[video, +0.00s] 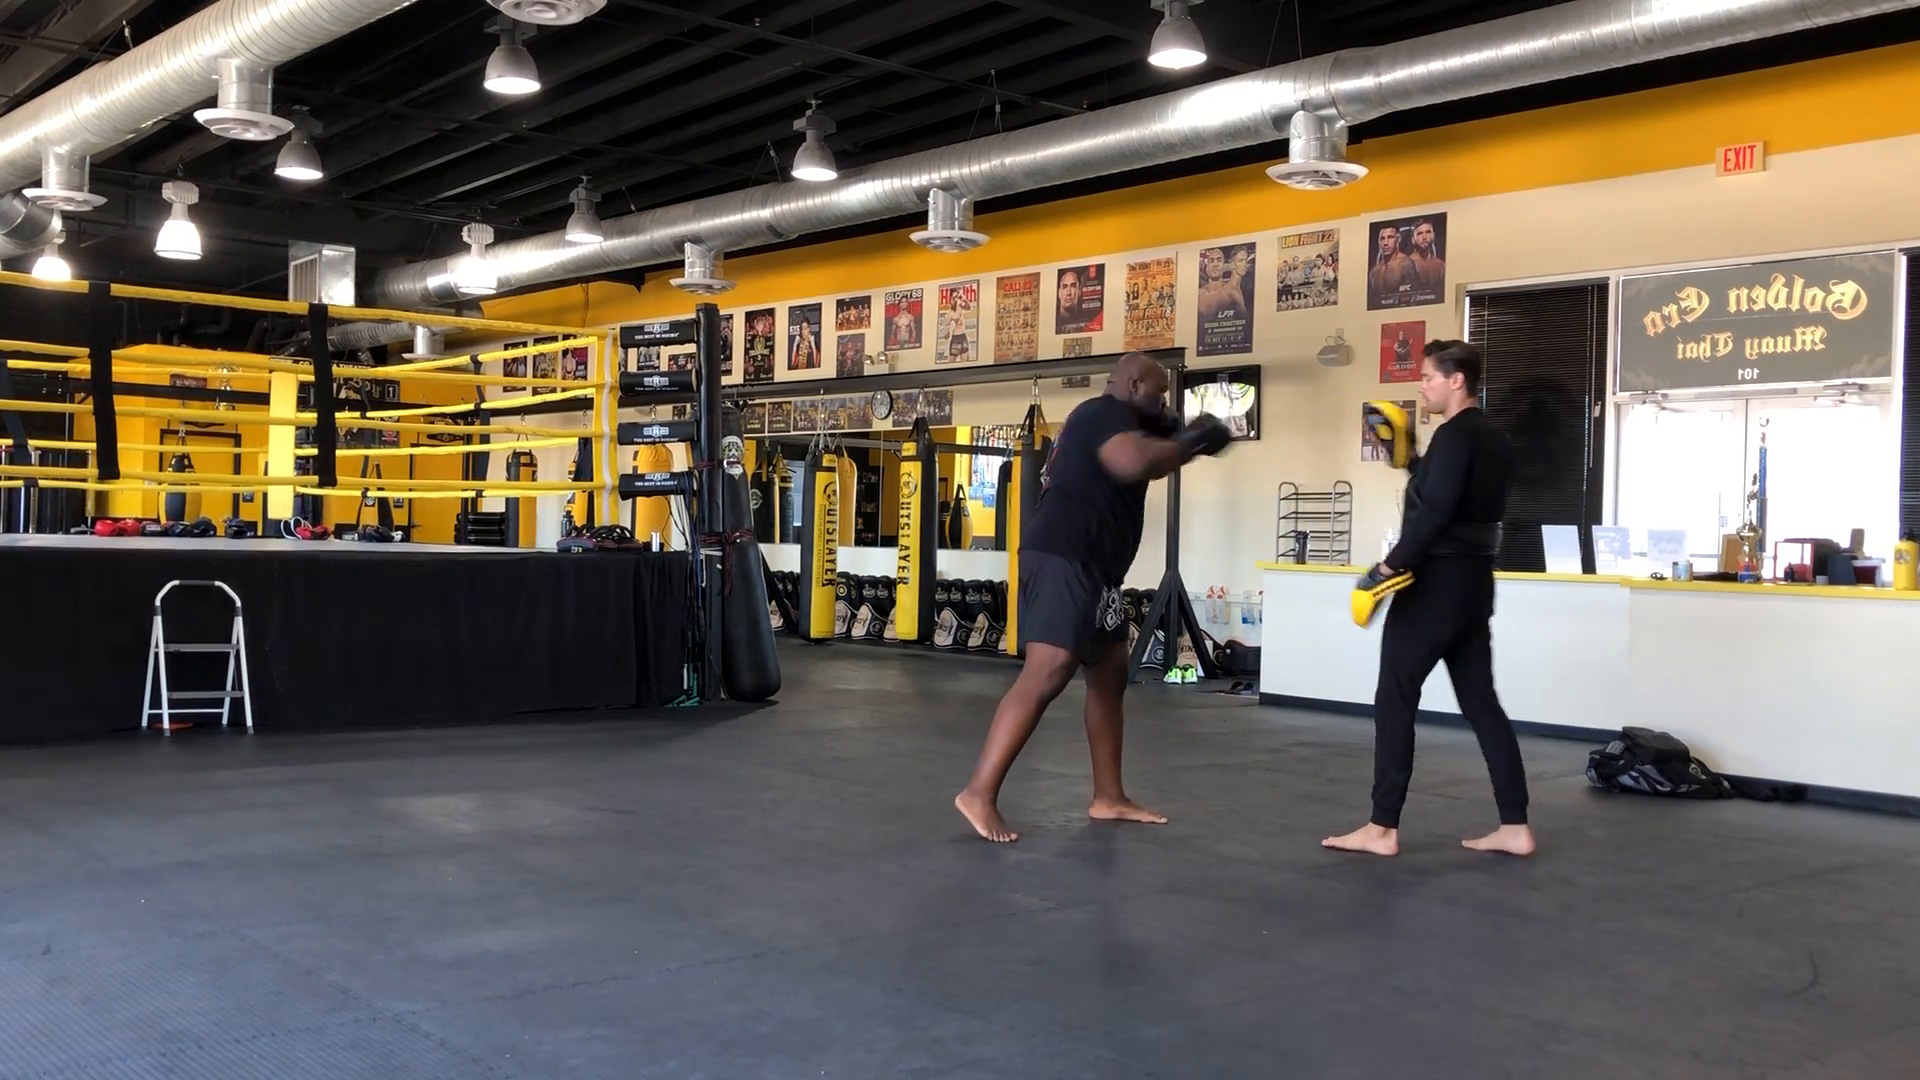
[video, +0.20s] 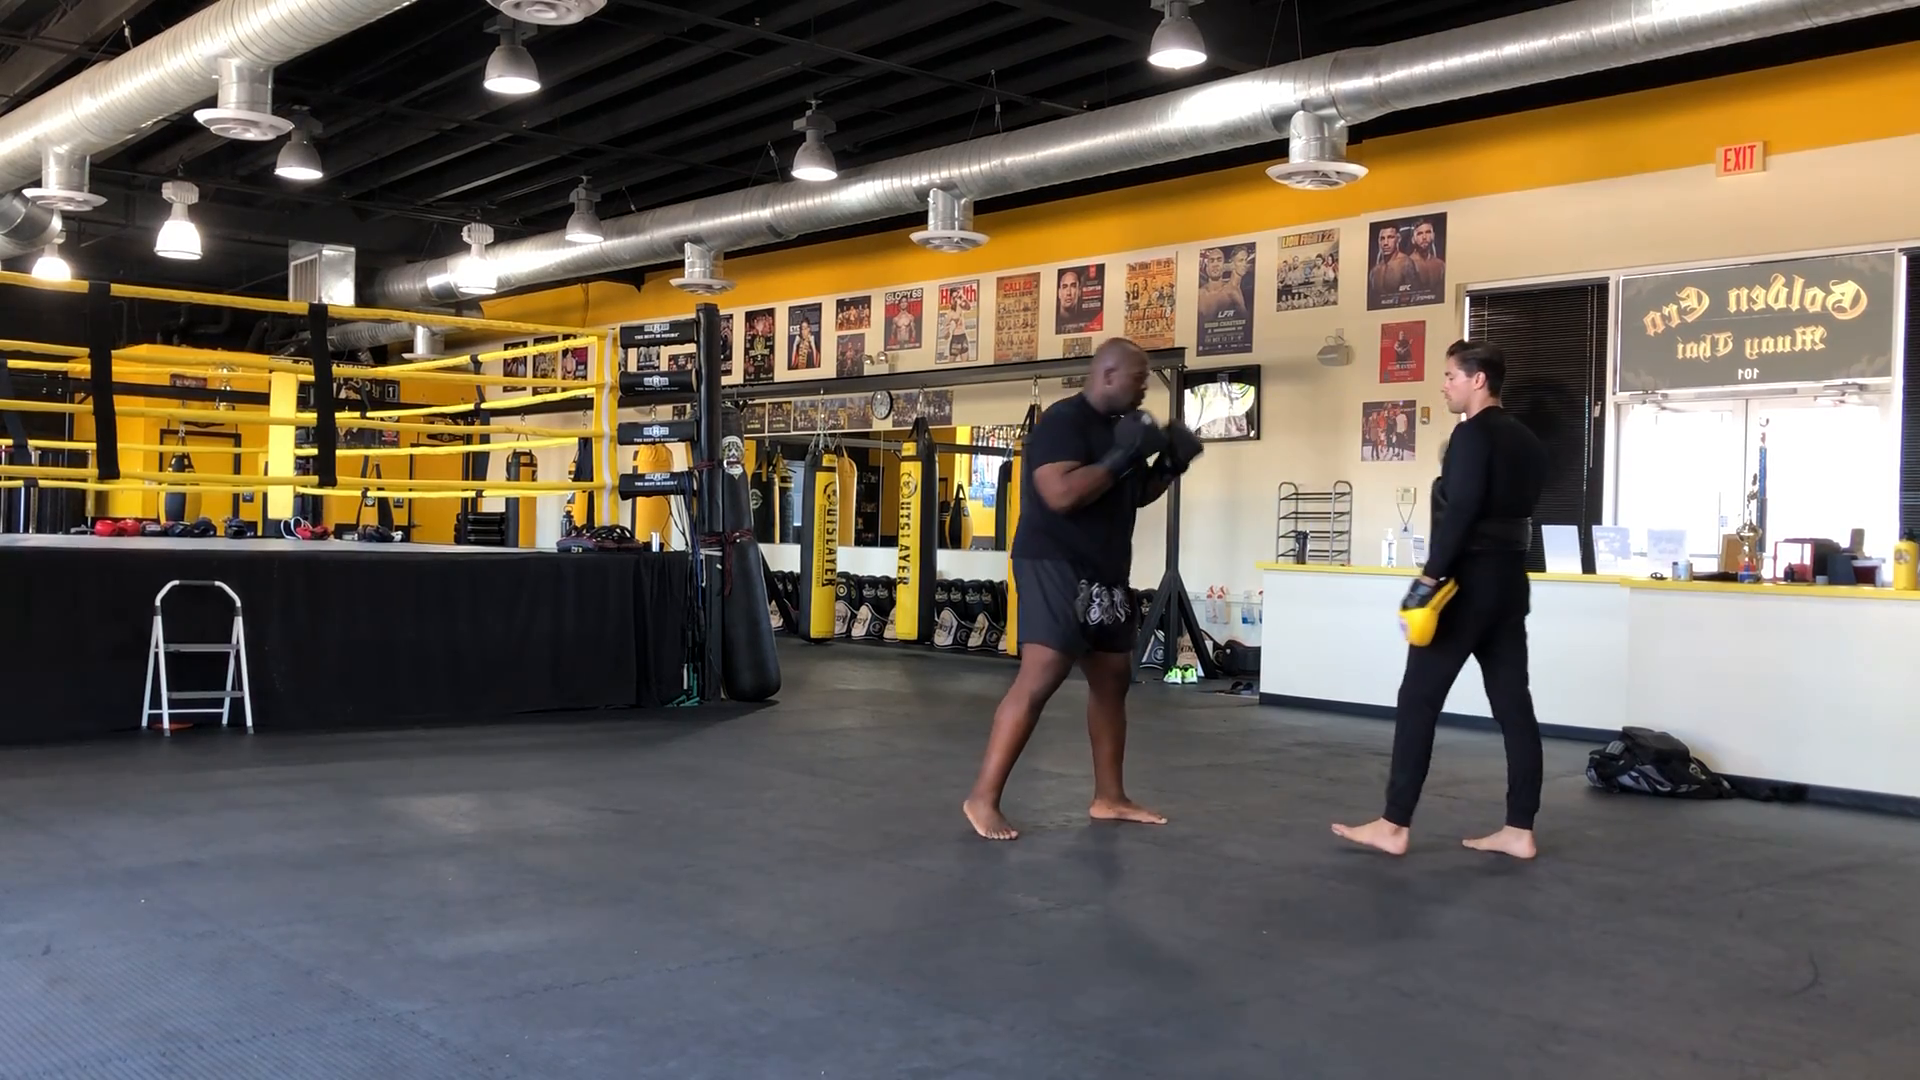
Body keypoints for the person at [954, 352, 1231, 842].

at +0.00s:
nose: (1160, 402)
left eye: (1162, 395)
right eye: (1156, 393)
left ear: (1125, 382)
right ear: (1130, 383)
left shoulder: (1118, 423)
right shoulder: (1100, 412)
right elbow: (1129, 460)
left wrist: (1167, 435)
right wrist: (1190, 442)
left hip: (1095, 567)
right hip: (1062, 558)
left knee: (1109, 671)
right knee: (1046, 672)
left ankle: (1109, 796)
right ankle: (979, 794)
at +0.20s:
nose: (1143, 389)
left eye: (1145, 380)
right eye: (1137, 379)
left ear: (1123, 378)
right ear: (1105, 373)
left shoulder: (1123, 428)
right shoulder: (1061, 419)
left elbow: (1131, 496)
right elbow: (1059, 493)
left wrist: (1169, 464)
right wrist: (1121, 454)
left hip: (1106, 567)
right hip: (1052, 562)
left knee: (1111, 676)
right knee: (1041, 673)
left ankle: (1109, 797)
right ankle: (982, 799)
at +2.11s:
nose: (1141, 394)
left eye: (1141, 385)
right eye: (1134, 386)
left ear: (1109, 389)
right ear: (1103, 388)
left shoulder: (1105, 443)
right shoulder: (1064, 433)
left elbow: (1115, 498)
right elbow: (1065, 497)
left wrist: (1156, 466)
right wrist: (1130, 465)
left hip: (1092, 592)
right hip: (1050, 592)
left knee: (1129, 679)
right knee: (1041, 696)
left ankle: (1122, 799)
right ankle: (967, 808)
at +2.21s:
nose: (1165, 395)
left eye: (1164, 386)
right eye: (1158, 386)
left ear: (1119, 386)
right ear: (1130, 386)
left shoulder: (1088, 424)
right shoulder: (1110, 422)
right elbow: (1125, 470)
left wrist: (1156, 444)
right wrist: (1196, 447)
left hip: (1088, 582)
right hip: (1073, 580)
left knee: (1122, 676)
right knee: (1057, 692)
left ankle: (1121, 798)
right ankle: (970, 798)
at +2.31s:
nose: (1180, 406)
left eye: (1179, 397)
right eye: (1176, 396)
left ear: (1131, 390)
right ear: (1147, 392)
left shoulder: (1089, 422)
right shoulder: (1146, 422)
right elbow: (1238, 430)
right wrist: (1312, 423)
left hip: (1057, 563)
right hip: (1081, 568)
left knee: (1118, 676)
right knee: (1073, 692)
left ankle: (1120, 799)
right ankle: (981, 791)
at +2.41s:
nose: (1182, 404)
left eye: (1183, 397)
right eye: (1180, 395)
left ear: (1137, 386)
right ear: (1157, 388)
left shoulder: (1094, 422)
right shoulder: (1152, 421)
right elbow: (1235, 435)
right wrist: (1296, 429)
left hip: (1063, 556)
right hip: (1090, 562)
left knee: (1123, 672)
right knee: (1082, 683)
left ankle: (1121, 798)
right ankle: (992, 788)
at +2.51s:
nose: (1188, 400)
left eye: (1189, 390)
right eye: (1185, 389)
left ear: (1146, 383)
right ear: (1159, 385)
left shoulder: (1106, 419)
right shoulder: (1143, 416)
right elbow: (1186, 464)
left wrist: (1231, 457)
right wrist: (1246, 456)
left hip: (1083, 556)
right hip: (1095, 558)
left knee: (1135, 672)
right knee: (1083, 676)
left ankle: (1122, 799)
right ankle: (995, 787)